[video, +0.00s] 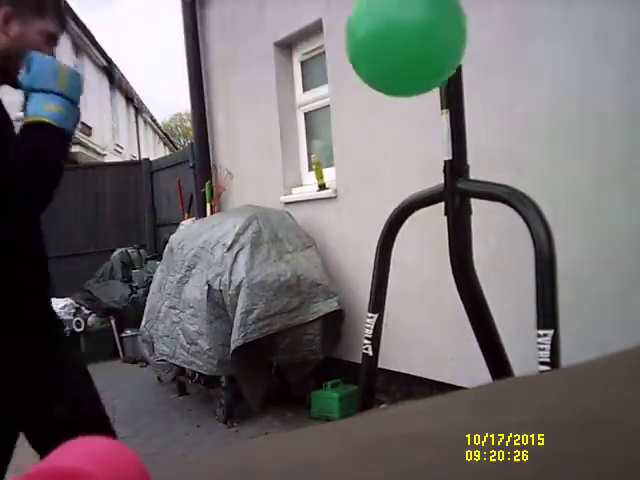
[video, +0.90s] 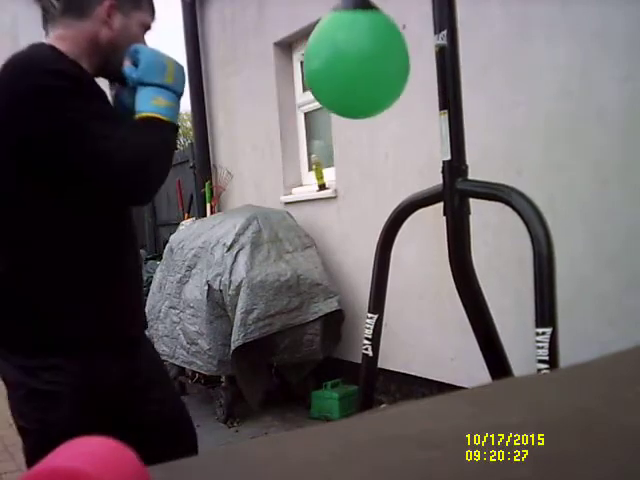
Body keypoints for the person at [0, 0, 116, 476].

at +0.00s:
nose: (51, 50)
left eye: (56, 40)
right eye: (48, 35)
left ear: (10, 23)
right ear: (8, 19)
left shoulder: (1, 106)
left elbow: (18, 205)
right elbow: (17, 205)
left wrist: (48, 110)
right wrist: (50, 105)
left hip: (22, 322)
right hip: (13, 326)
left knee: (93, 462)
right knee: (94, 461)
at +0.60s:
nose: (97, 37)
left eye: (99, 21)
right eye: (94, 18)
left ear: (53, 11)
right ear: (53, 9)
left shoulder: (40, 99)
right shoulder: (14, 95)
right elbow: (10, 225)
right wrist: (67, 151)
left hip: (62, 325)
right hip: (27, 331)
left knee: (135, 443)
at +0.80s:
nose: (131, 49)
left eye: (135, 35)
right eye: (131, 32)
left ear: (93, 16)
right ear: (95, 15)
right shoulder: (36, 89)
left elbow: (112, 191)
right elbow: (118, 191)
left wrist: (129, 109)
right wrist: (146, 107)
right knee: (172, 451)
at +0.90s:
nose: (142, 44)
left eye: (146, 34)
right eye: (142, 29)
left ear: (108, 16)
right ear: (109, 15)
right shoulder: (48, 80)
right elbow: (136, 180)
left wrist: (128, 102)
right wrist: (159, 98)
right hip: (76, 341)